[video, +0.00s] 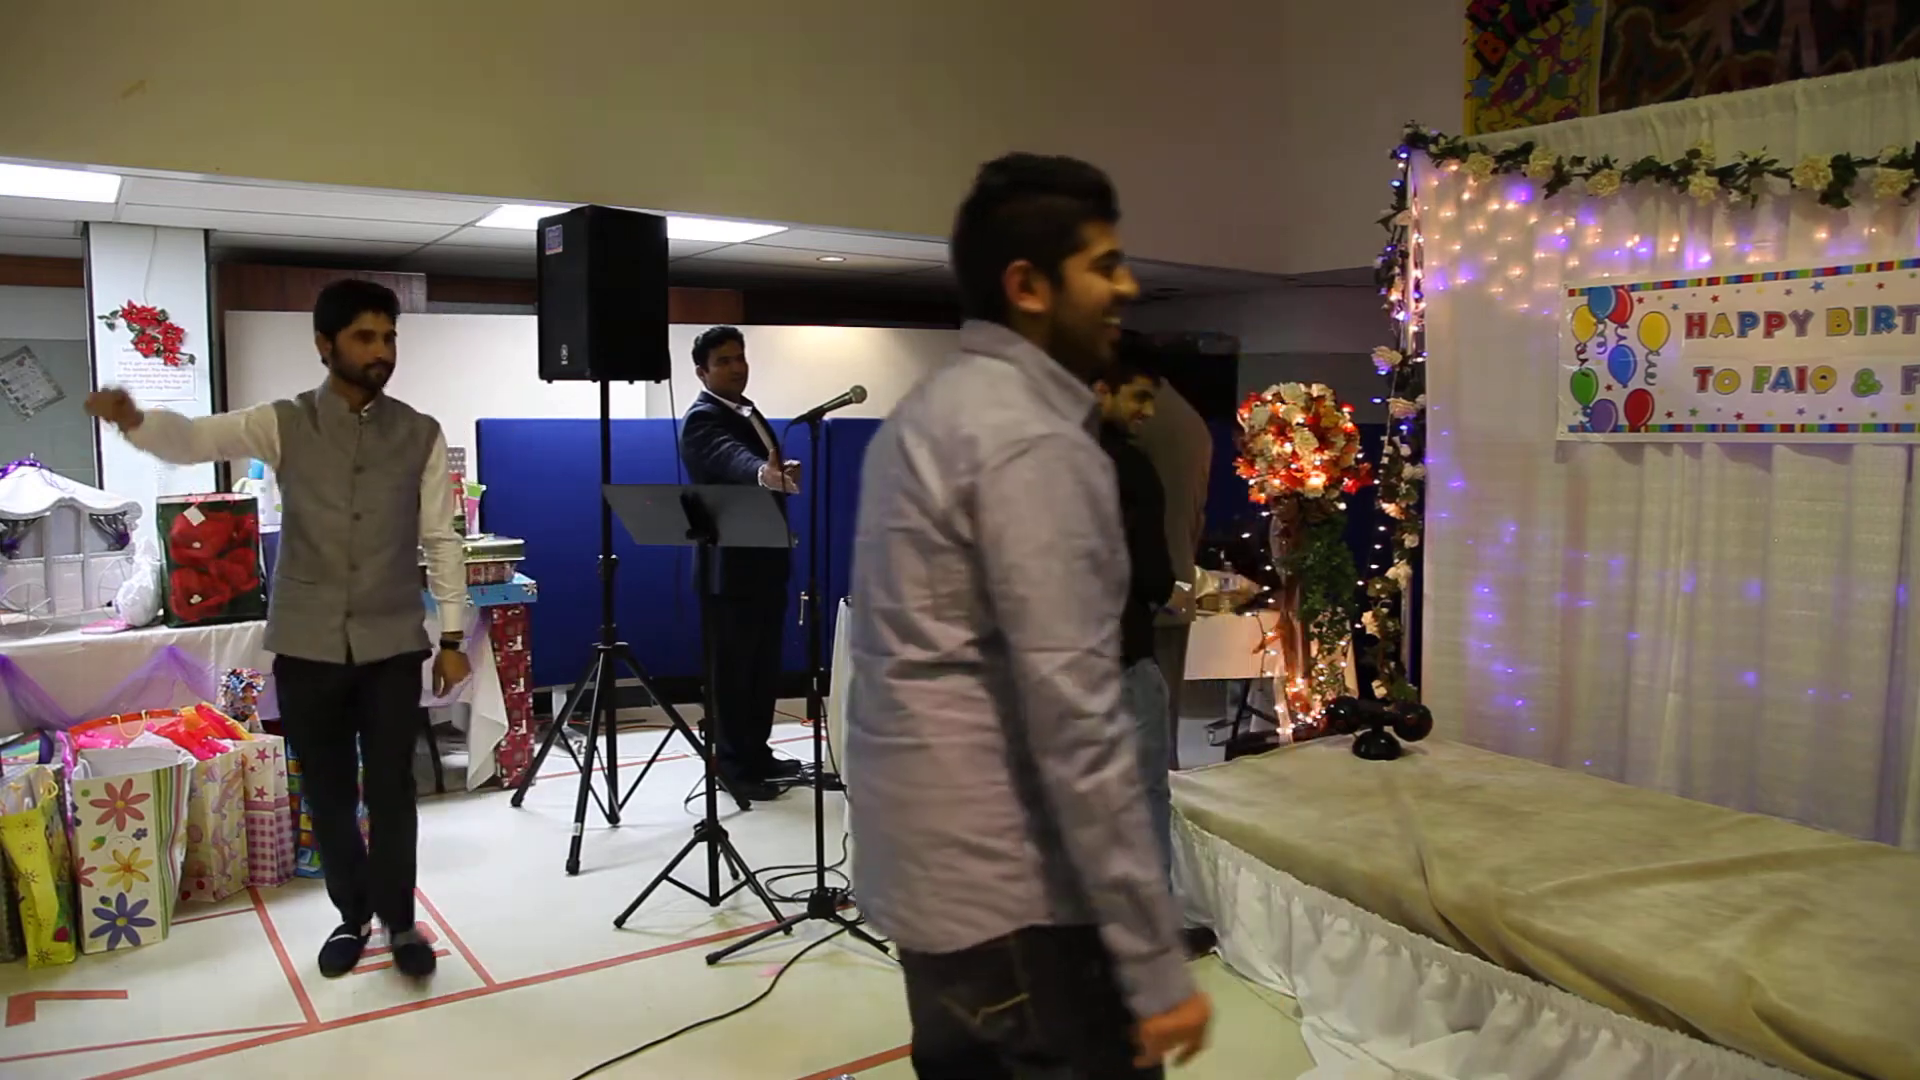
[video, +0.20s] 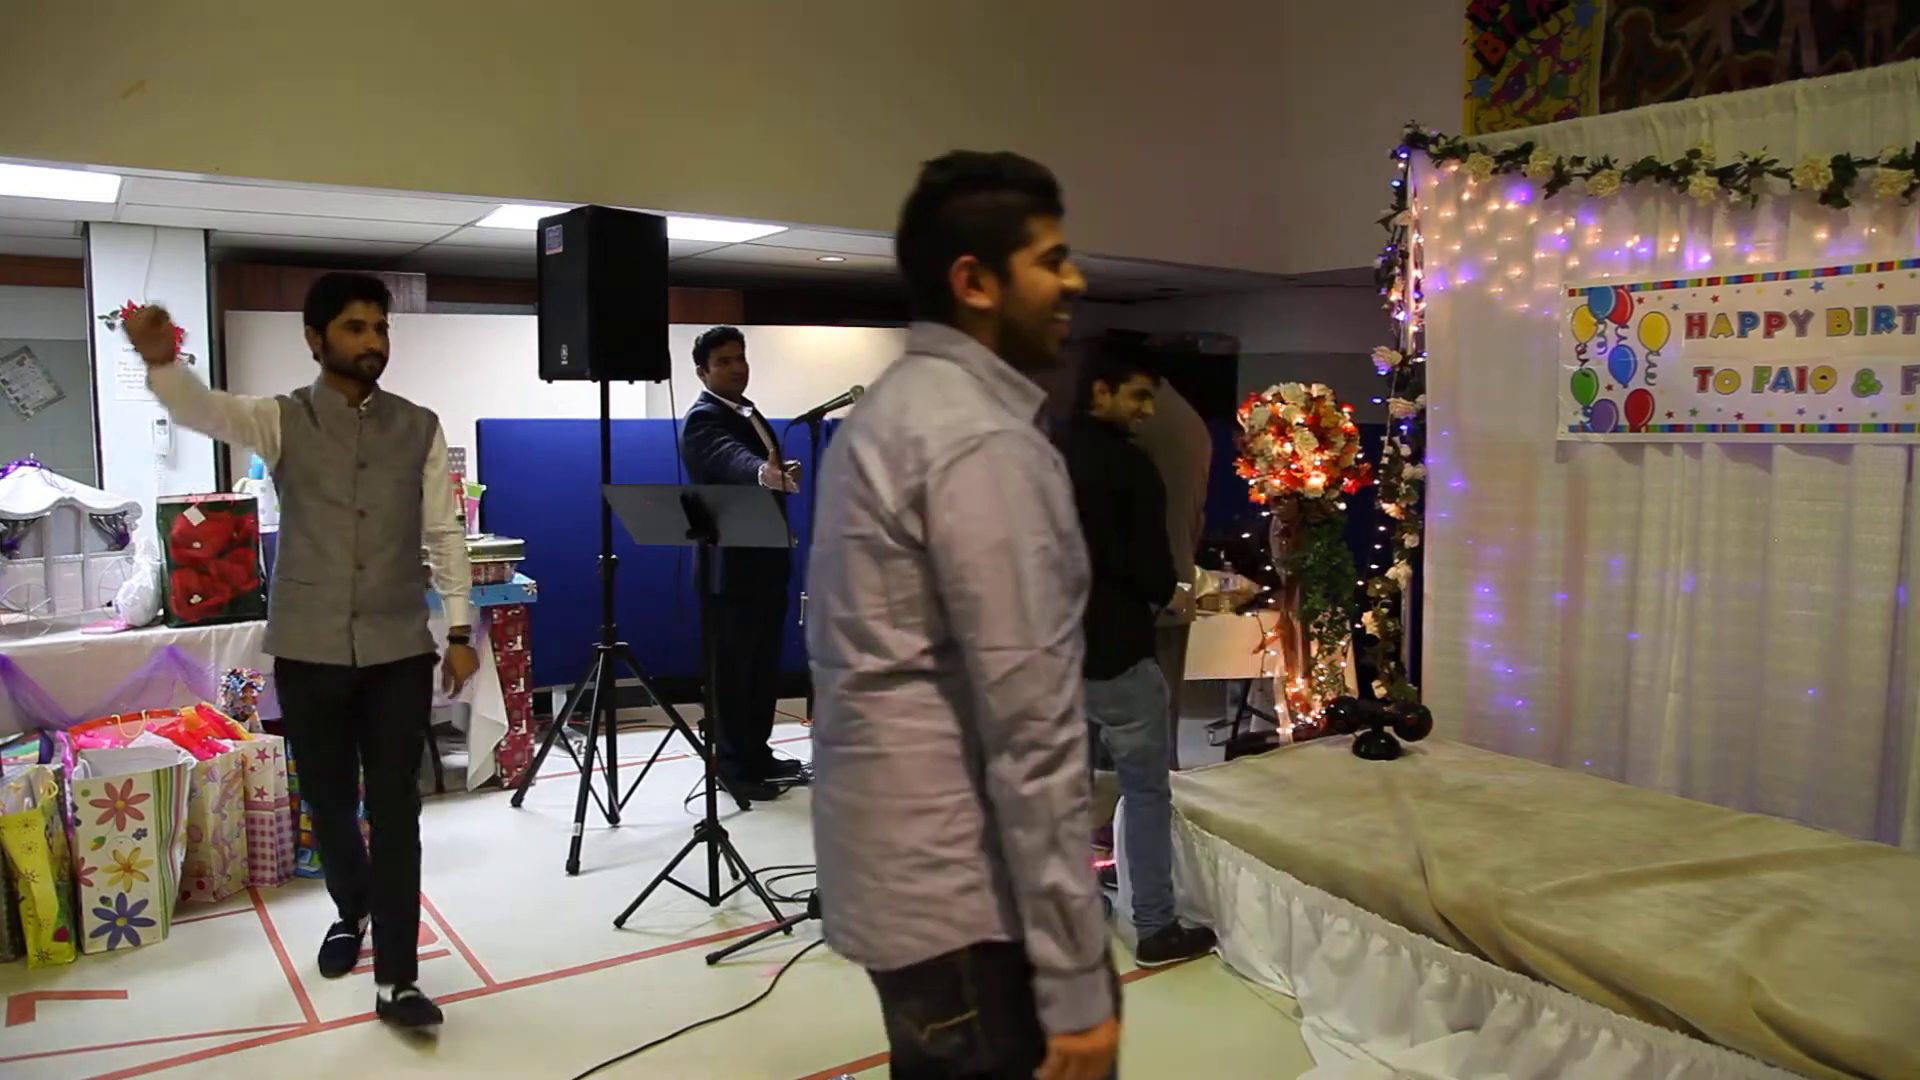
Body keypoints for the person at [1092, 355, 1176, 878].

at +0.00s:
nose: (1148, 411)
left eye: (1151, 400)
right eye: (1140, 398)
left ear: (1109, 397)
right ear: (1106, 391)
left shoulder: (1080, 447)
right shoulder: (1130, 461)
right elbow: (1152, 574)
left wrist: (1169, 593)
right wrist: (1170, 597)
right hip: (1130, 650)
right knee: (1148, 778)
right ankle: (1152, 895)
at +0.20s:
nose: (1148, 409)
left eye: (1150, 397)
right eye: (1140, 396)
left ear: (1100, 395)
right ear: (1102, 391)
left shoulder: (1053, 447)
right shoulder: (1131, 464)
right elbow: (1152, 573)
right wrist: (1165, 597)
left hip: (1055, 642)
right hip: (1116, 651)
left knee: (1065, 793)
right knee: (1145, 787)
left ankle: (1072, 923)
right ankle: (1155, 928)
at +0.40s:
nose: (1147, 407)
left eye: (1150, 395)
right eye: (1138, 395)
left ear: (1095, 396)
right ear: (1100, 392)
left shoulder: (1051, 456)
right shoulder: (1133, 463)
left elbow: (1046, 547)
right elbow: (1156, 573)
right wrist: (1164, 593)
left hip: (1059, 648)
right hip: (1119, 656)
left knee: (1068, 787)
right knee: (1146, 788)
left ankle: (1077, 902)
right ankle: (1154, 927)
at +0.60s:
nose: (1149, 408)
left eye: (1151, 396)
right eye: (1141, 395)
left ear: (1096, 394)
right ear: (1105, 391)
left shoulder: (1046, 457)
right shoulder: (1132, 462)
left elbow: (1038, 551)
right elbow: (1158, 573)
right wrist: (1159, 597)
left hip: (1059, 652)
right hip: (1120, 658)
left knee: (1066, 797)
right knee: (1146, 791)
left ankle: (1070, 925)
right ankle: (1155, 930)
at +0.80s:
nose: (1138, 400)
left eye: (1134, 388)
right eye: (1136, 390)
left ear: (1075, 392)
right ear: (1124, 396)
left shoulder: (1038, 462)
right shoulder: (1135, 467)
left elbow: (1032, 555)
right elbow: (1160, 578)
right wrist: (1169, 605)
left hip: (1054, 657)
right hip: (1119, 661)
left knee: (1065, 800)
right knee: (1147, 790)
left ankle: (1063, 930)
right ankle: (1155, 927)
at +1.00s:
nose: (1137, 394)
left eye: (1133, 383)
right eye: (1134, 384)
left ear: (1069, 392)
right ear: (1122, 393)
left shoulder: (1035, 464)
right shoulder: (1138, 466)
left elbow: (1030, 556)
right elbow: (1164, 571)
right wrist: (1174, 611)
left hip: (1053, 653)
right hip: (1120, 659)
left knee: (1073, 787)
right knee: (1147, 790)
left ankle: (1070, 911)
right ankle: (1153, 922)